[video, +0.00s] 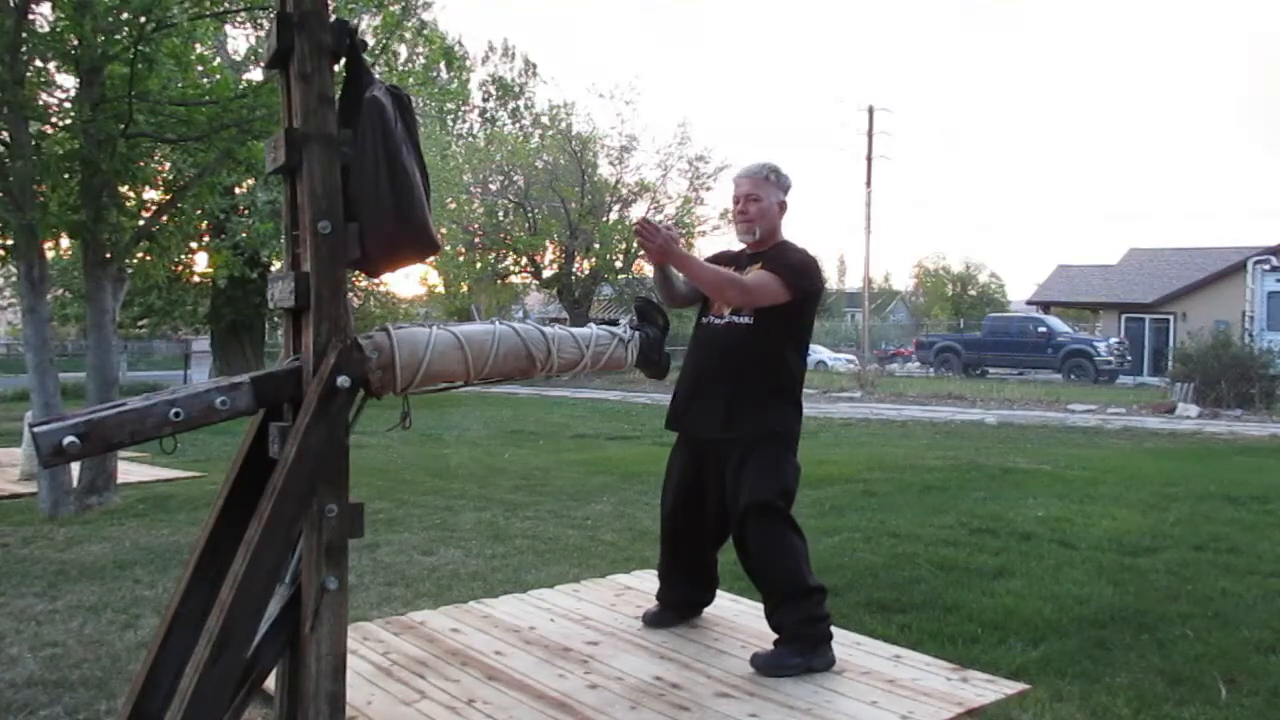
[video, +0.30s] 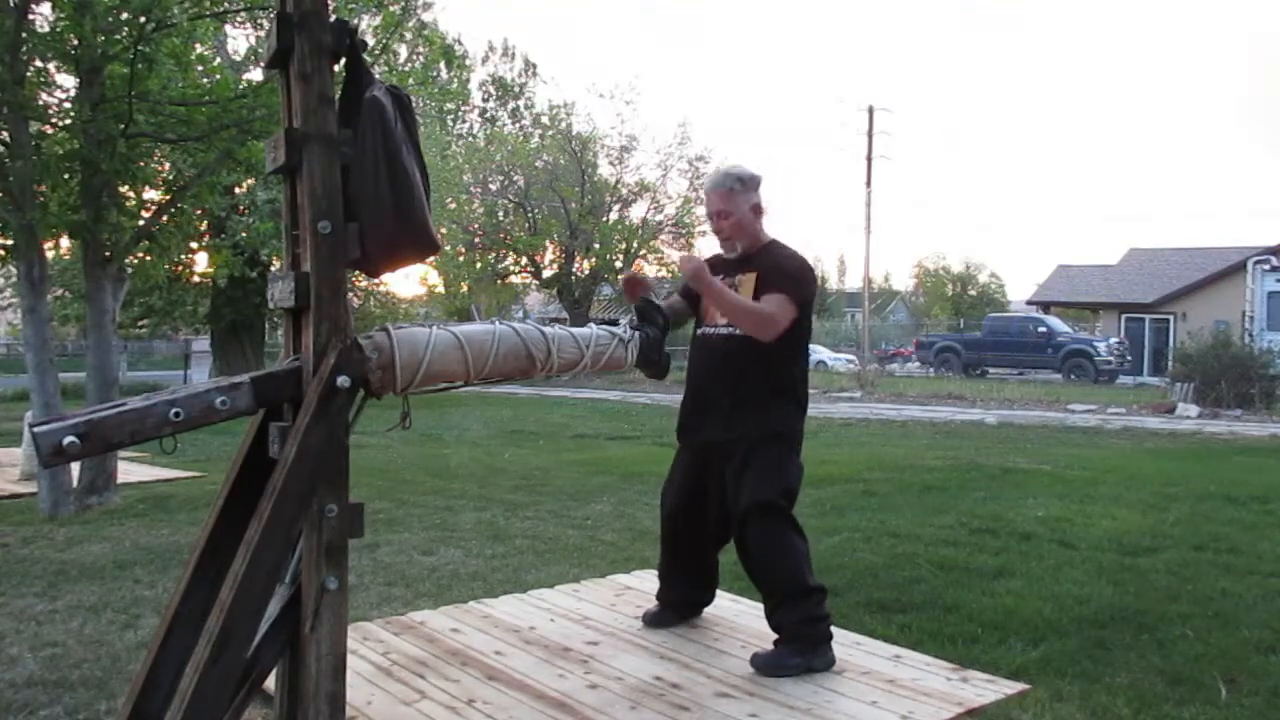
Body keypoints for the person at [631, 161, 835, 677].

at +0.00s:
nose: (744, 209)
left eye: (754, 200)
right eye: (738, 201)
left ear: (781, 204)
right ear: (732, 209)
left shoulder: (797, 266)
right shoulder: (720, 263)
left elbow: (740, 292)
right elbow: (674, 295)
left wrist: (678, 257)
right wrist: (660, 261)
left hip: (762, 425)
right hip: (702, 419)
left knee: (762, 524)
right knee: (684, 513)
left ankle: (807, 640)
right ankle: (682, 599)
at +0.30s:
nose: (719, 225)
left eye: (728, 214)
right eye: (712, 216)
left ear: (758, 209)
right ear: (708, 215)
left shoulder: (789, 267)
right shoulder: (710, 271)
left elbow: (767, 324)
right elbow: (672, 312)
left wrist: (708, 286)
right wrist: (645, 302)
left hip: (766, 428)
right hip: (706, 422)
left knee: (763, 522)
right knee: (682, 511)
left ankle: (807, 640)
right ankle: (682, 599)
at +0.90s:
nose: (682, 260)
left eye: (686, 249)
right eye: (677, 251)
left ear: (717, 232)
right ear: (700, 236)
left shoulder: (768, 265)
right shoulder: (697, 280)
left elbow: (812, 334)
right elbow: (700, 343)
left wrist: (782, 402)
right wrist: (697, 395)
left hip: (778, 421)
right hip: (724, 420)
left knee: (784, 526)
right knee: (695, 508)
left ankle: (814, 644)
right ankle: (682, 599)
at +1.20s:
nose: (689, 249)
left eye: (695, 238)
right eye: (684, 239)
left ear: (729, 228)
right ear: (686, 233)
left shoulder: (777, 274)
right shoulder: (693, 283)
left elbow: (809, 350)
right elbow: (688, 344)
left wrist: (799, 428)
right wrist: (681, 395)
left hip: (771, 434)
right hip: (713, 432)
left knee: (776, 533)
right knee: (683, 511)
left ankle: (812, 644)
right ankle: (681, 599)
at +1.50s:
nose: (717, 222)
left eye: (728, 212)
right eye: (714, 212)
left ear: (761, 213)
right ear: (713, 213)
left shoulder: (793, 271)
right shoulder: (708, 275)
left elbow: (789, 327)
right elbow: (678, 330)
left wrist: (715, 317)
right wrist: (679, 312)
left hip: (767, 433)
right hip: (705, 428)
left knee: (763, 519)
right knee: (676, 512)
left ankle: (813, 643)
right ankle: (682, 595)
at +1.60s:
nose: (730, 216)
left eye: (741, 207)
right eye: (727, 208)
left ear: (773, 210)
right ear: (725, 213)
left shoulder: (797, 270)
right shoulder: (714, 272)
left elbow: (775, 311)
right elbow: (671, 319)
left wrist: (715, 271)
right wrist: (671, 275)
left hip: (765, 431)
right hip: (704, 426)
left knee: (762, 518)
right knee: (674, 514)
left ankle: (813, 643)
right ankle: (681, 596)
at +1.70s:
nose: (735, 216)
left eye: (746, 207)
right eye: (732, 207)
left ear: (778, 211)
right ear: (730, 212)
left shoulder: (799, 271)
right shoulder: (718, 270)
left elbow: (764, 304)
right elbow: (671, 308)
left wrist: (711, 267)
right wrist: (661, 264)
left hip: (763, 430)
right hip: (702, 424)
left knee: (762, 521)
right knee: (673, 514)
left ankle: (813, 643)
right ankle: (682, 597)